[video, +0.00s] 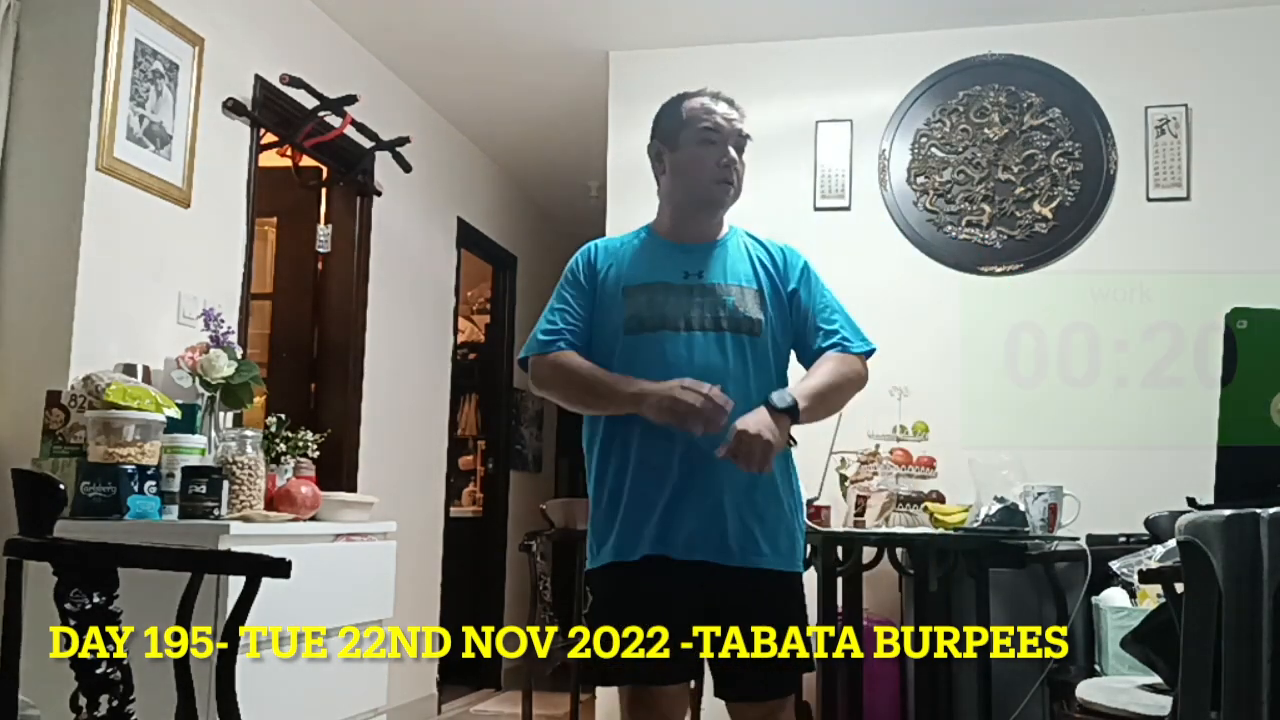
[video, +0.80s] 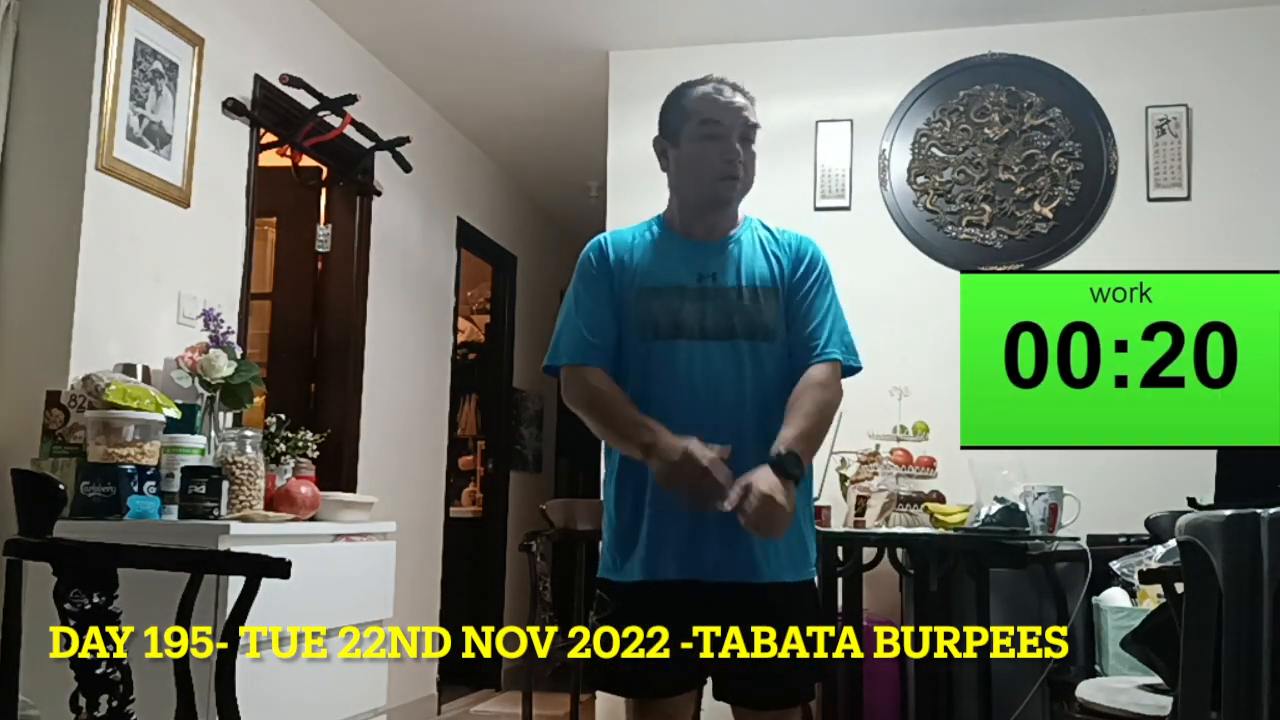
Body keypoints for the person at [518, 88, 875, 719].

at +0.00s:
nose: (731, 156)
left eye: (740, 146)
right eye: (710, 140)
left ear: (748, 163)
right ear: (660, 157)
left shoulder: (781, 266)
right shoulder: (600, 262)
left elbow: (848, 361)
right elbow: (544, 365)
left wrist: (784, 410)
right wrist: (646, 395)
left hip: (758, 550)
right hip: (638, 546)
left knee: (769, 711)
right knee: (653, 707)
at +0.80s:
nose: (737, 152)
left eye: (747, 138)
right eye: (713, 135)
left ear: (758, 153)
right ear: (665, 152)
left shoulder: (797, 259)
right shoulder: (610, 258)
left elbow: (825, 369)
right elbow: (579, 376)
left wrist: (785, 466)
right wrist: (659, 447)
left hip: (771, 561)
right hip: (650, 561)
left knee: (778, 713)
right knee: (658, 710)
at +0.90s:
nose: (718, 166)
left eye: (733, 146)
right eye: (693, 146)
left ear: (751, 159)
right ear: (654, 162)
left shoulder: (798, 262)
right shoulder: (608, 265)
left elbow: (830, 396)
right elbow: (573, 401)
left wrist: (807, 520)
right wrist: (624, 518)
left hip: (766, 563)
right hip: (651, 566)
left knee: (780, 713)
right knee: (656, 710)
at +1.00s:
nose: (696, 229)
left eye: (717, 201)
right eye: (671, 205)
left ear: (742, 196)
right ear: (640, 207)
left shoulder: (799, 299)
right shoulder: (600, 301)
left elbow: (844, 443)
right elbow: (567, 448)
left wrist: (813, 576)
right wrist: (595, 584)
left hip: (772, 578)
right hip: (644, 578)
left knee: (794, 710)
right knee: (626, 709)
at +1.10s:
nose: (681, 354)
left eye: (701, 326)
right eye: (655, 329)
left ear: (734, 301)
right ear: (628, 309)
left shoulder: (790, 373)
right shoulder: (589, 376)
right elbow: (558, 525)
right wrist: (569, 676)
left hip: (773, 583)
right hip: (635, 581)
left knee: (817, 709)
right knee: (601, 708)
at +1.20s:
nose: (672, 495)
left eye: (693, 470)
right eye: (647, 472)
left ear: (727, 436)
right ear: (618, 444)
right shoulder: (574, 479)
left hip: (762, 603)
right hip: (633, 603)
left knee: (816, 704)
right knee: (584, 706)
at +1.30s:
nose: (673, 640)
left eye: (690, 626)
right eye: (650, 630)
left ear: (728, 574)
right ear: (614, 587)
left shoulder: (789, 570)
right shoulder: (566, 574)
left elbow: (827, 712)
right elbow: (537, 710)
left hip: (759, 636)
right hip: (626, 639)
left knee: (822, 707)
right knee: (581, 710)